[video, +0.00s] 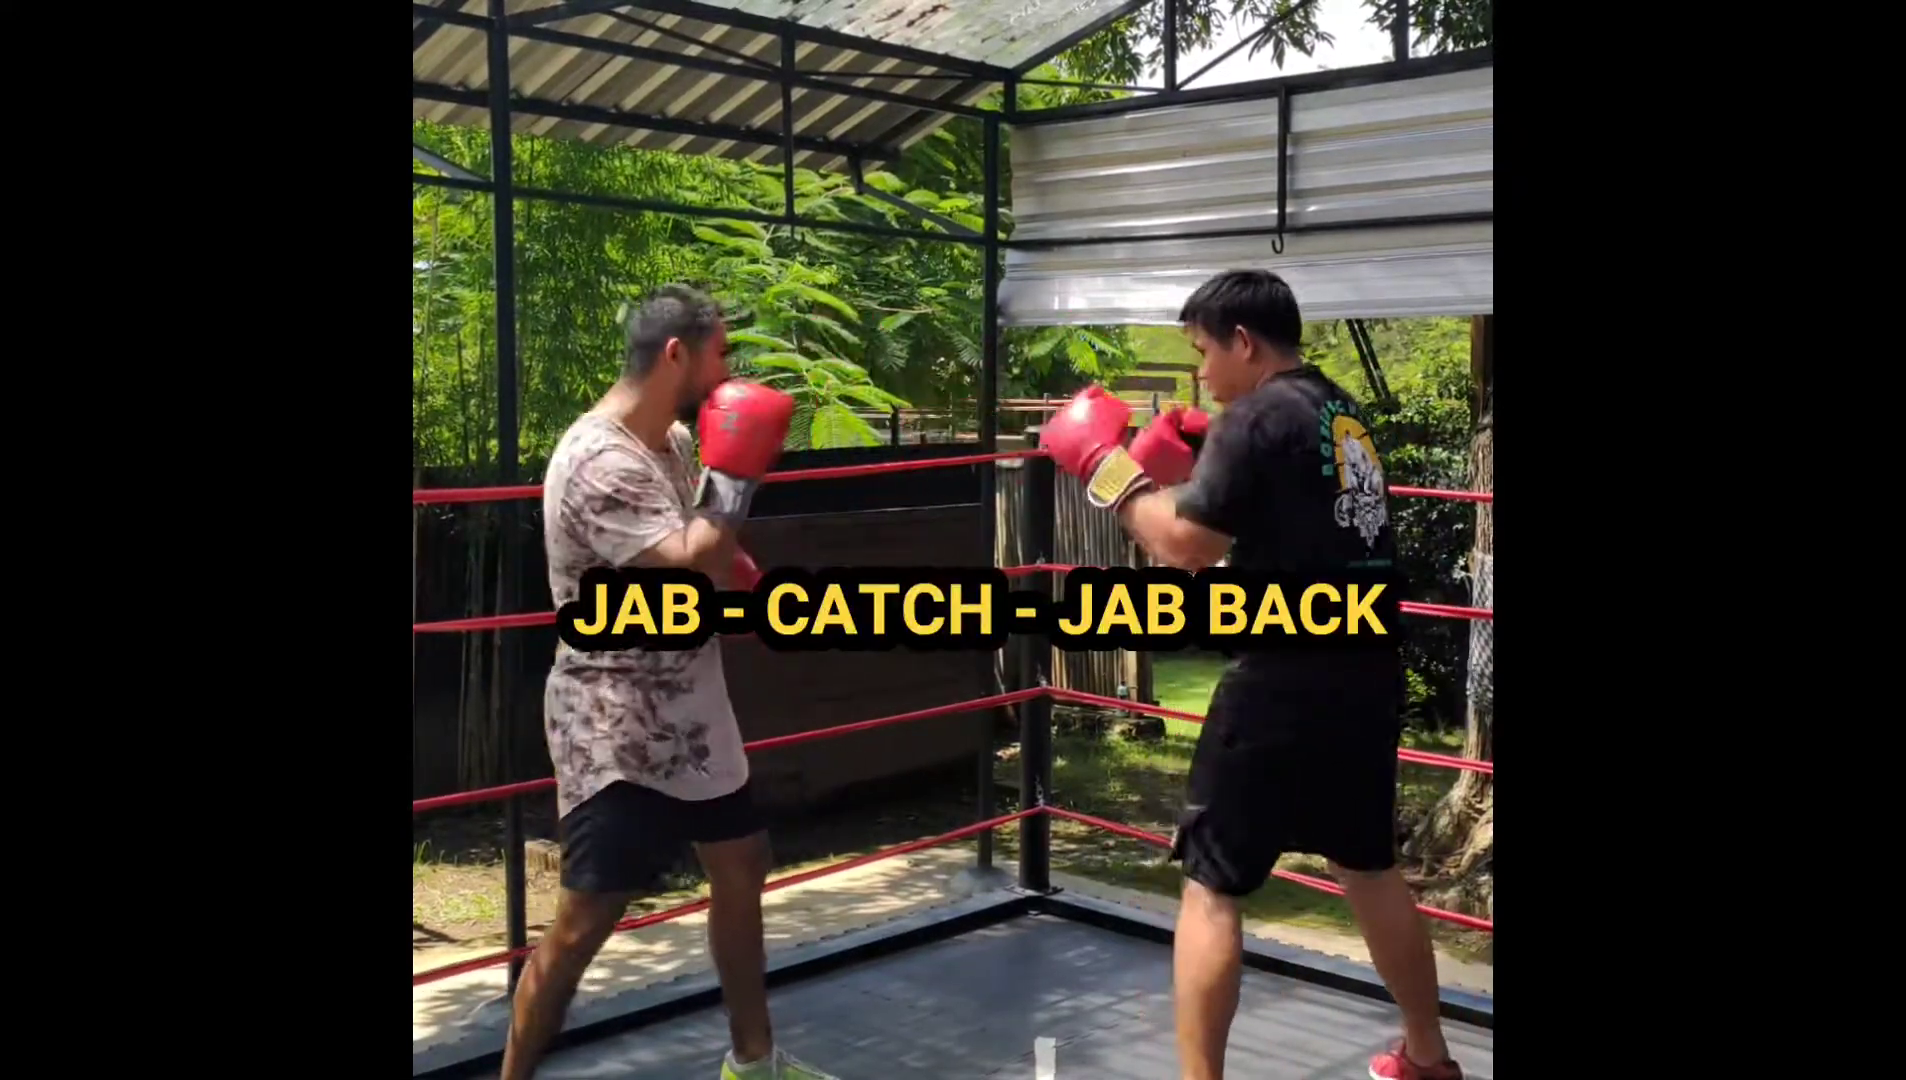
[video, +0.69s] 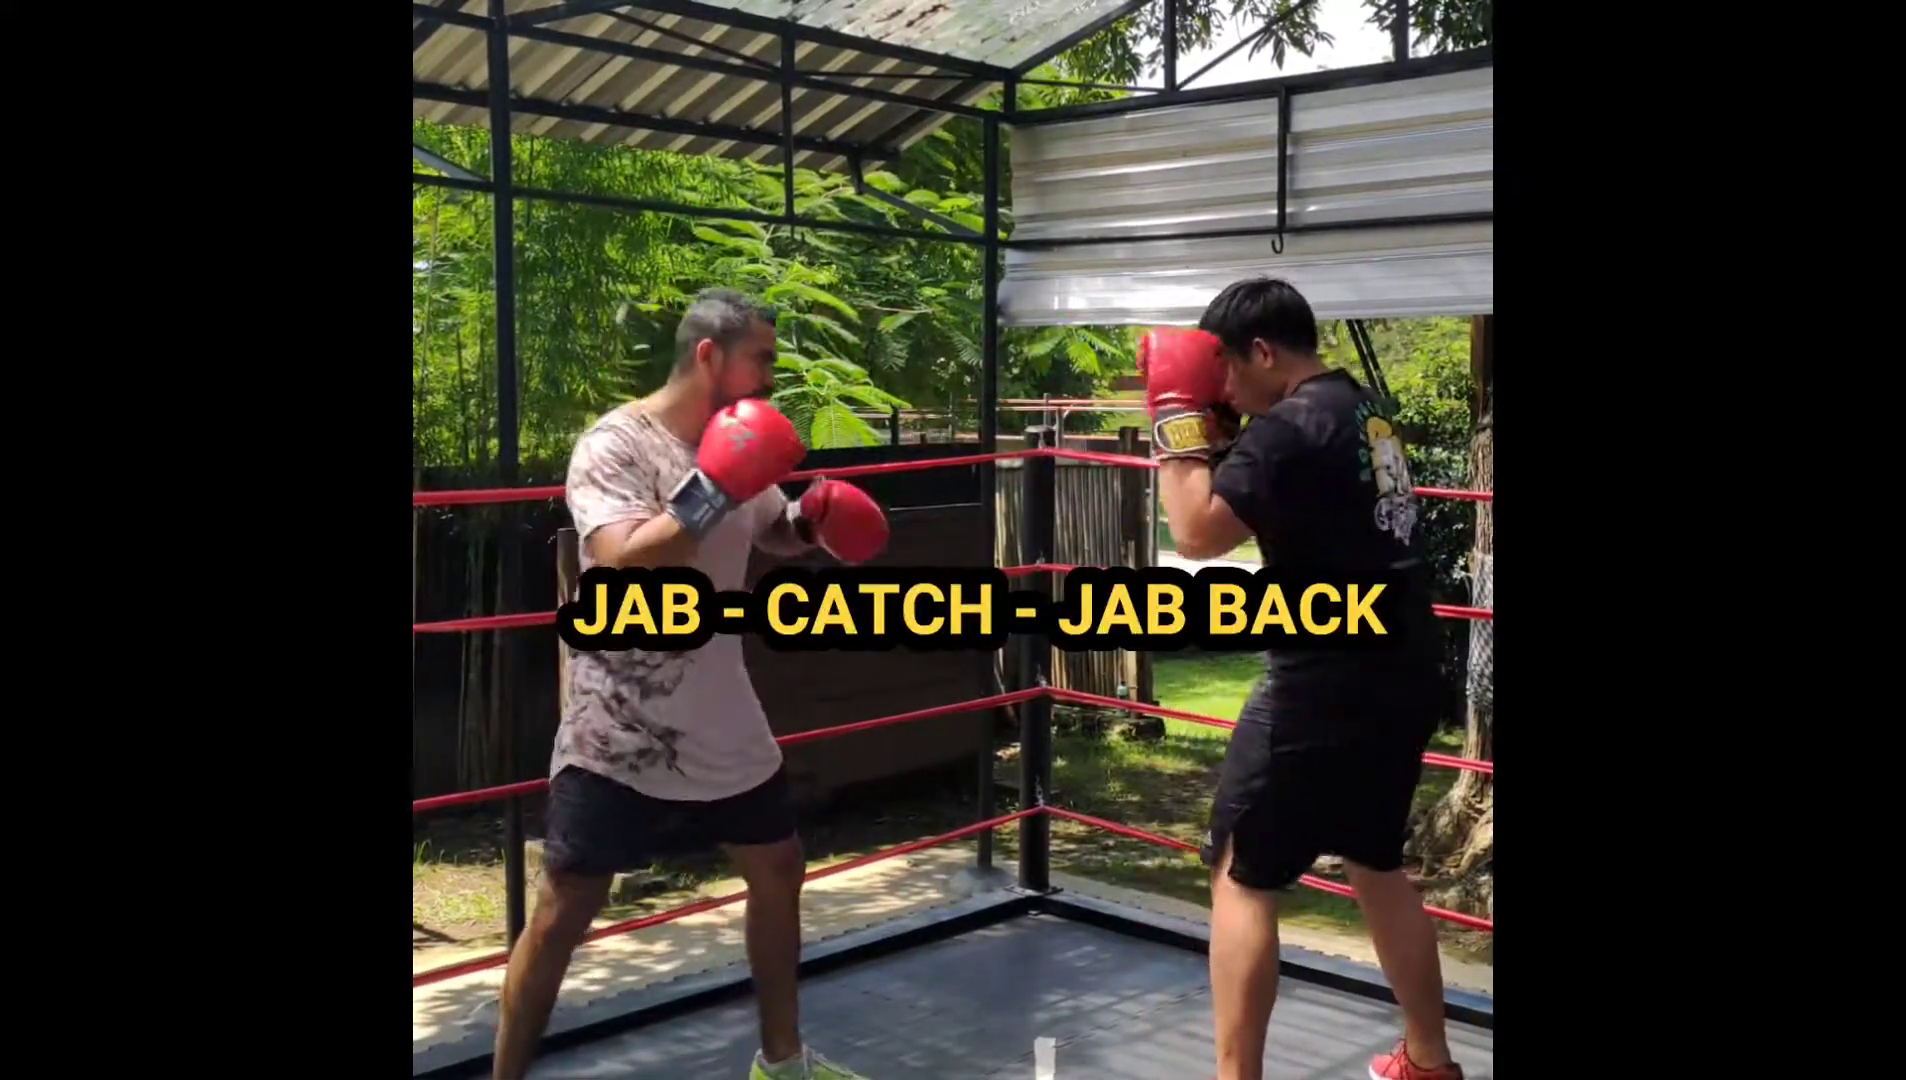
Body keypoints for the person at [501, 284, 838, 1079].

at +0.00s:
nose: (727, 369)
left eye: (728, 353)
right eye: (720, 352)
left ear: (668, 356)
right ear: (674, 354)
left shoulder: (673, 445)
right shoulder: (594, 459)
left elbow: (693, 540)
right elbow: (686, 562)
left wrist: (720, 563)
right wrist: (734, 471)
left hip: (692, 706)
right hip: (611, 717)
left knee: (740, 867)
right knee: (582, 923)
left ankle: (755, 1059)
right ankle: (513, 1074)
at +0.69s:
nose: (769, 380)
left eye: (773, 364)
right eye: (761, 361)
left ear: (719, 360)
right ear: (707, 355)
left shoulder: (741, 462)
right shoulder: (611, 444)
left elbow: (777, 535)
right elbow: (617, 556)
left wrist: (825, 529)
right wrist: (714, 488)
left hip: (721, 714)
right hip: (613, 722)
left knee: (778, 873)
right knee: (560, 915)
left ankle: (783, 1057)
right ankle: (505, 1075)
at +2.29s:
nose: (685, 388)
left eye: (688, 370)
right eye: (678, 367)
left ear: (627, 366)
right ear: (627, 362)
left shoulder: (627, 450)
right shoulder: (545, 459)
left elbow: (631, 571)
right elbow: (611, 590)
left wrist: (672, 581)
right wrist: (676, 489)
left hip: (635, 711)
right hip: (554, 722)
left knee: (688, 871)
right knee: (530, 933)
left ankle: (727, 1057)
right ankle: (480, 1074)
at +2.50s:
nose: (702, 413)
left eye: (705, 394)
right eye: (694, 392)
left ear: (643, 391)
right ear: (641, 387)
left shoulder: (633, 479)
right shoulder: (556, 486)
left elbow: (634, 606)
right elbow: (623, 615)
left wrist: (680, 630)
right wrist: (692, 514)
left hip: (661, 730)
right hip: (575, 749)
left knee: (771, 852)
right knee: (550, 956)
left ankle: (755, 1047)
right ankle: (488, 1075)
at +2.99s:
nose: (787, 397)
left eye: (791, 381)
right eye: (779, 378)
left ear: (739, 375)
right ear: (725, 368)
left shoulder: (766, 464)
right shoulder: (627, 457)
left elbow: (833, 540)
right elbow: (621, 585)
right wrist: (718, 514)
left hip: (750, 719)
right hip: (634, 721)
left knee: (808, 868)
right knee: (572, 899)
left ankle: (812, 1054)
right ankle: (493, 1072)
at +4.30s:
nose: (690, 398)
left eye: (694, 385)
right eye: (685, 382)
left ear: (635, 375)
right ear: (638, 373)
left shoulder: (618, 457)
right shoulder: (555, 463)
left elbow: (663, 579)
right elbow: (639, 592)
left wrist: (692, 486)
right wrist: (690, 485)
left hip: (633, 710)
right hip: (553, 720)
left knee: (707, 860)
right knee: (547, 932)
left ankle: (752, 1052)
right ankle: (488, 1074)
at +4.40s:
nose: (701, 413)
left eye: (705, 400)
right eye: (697, 397)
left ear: (646, 391)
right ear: (650, 391)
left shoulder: (615, 470)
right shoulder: (565, 474)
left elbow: (670, 590)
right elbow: (648, 603)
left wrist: (702, 507)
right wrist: (700, 502)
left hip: (642, 721)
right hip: (562, 732)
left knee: (738, 862)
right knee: (558, 945)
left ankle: (783, 1049)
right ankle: (489, 1073)